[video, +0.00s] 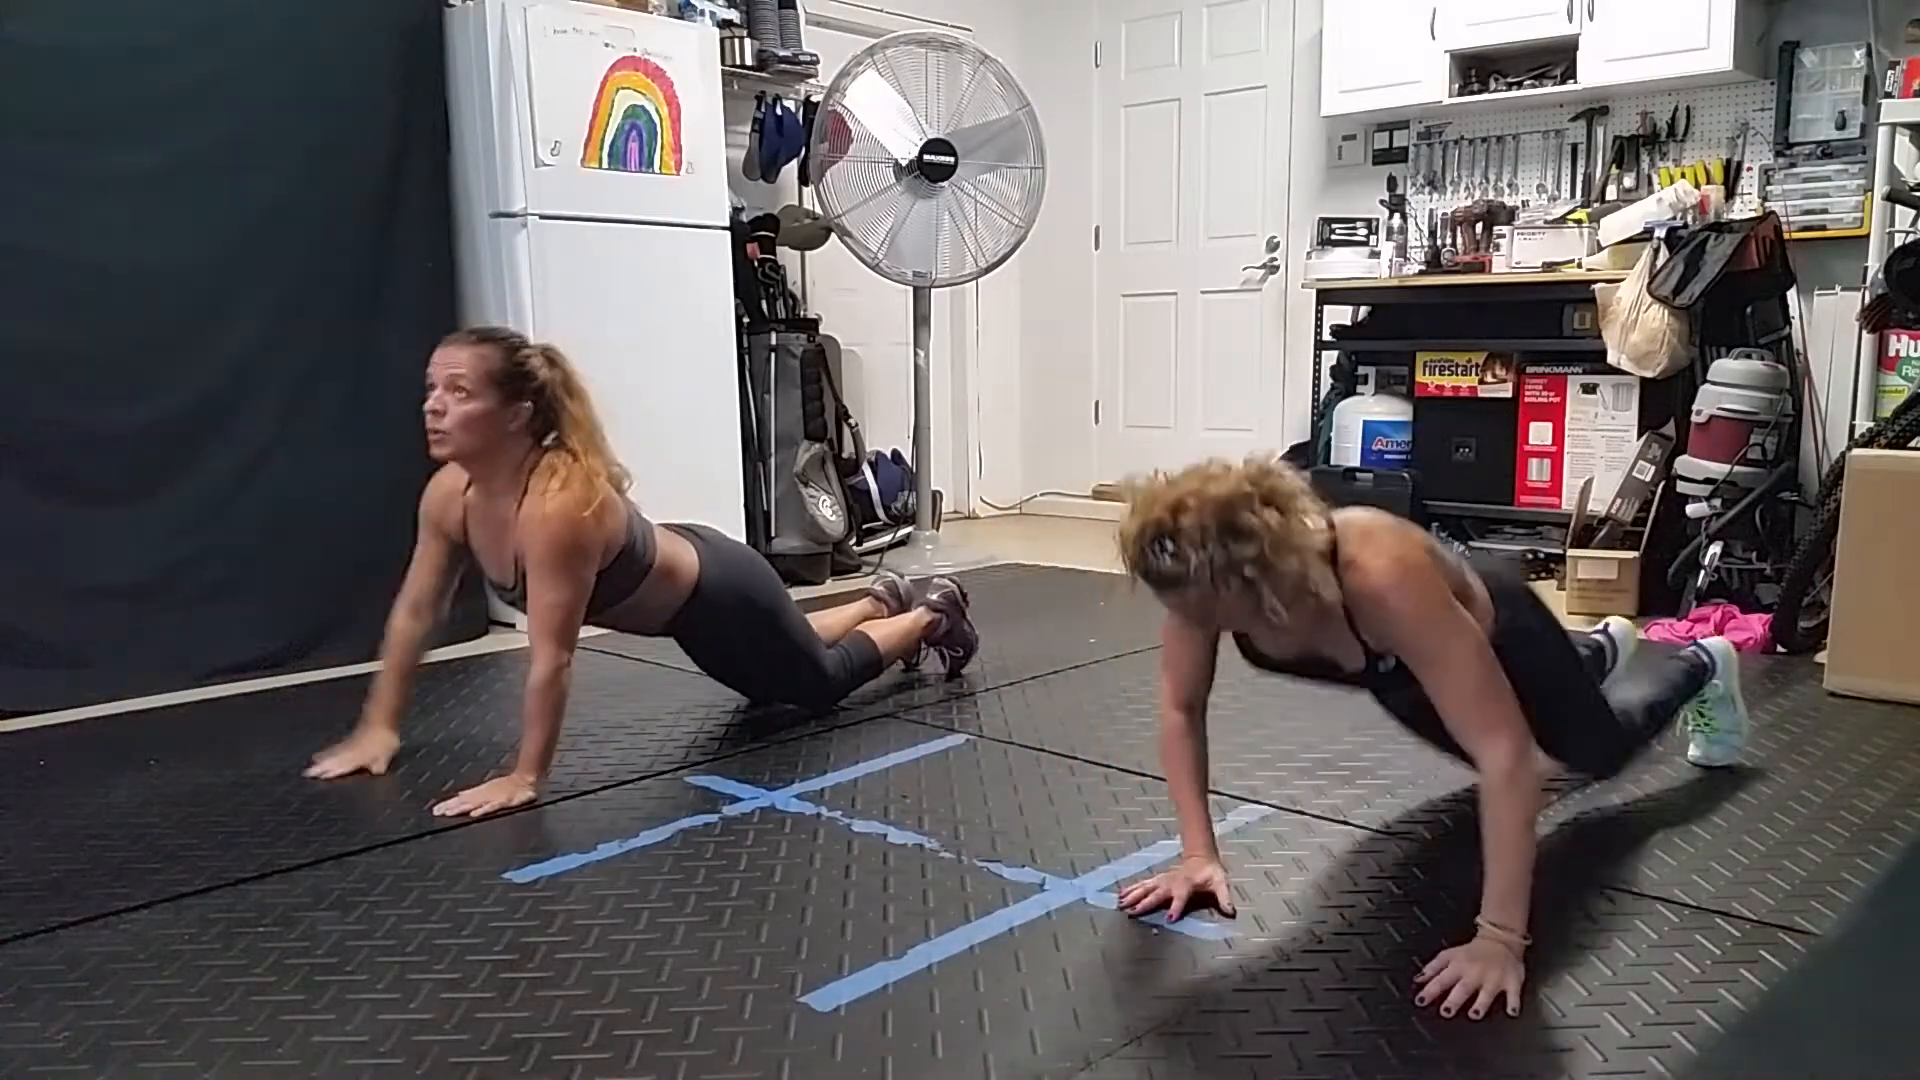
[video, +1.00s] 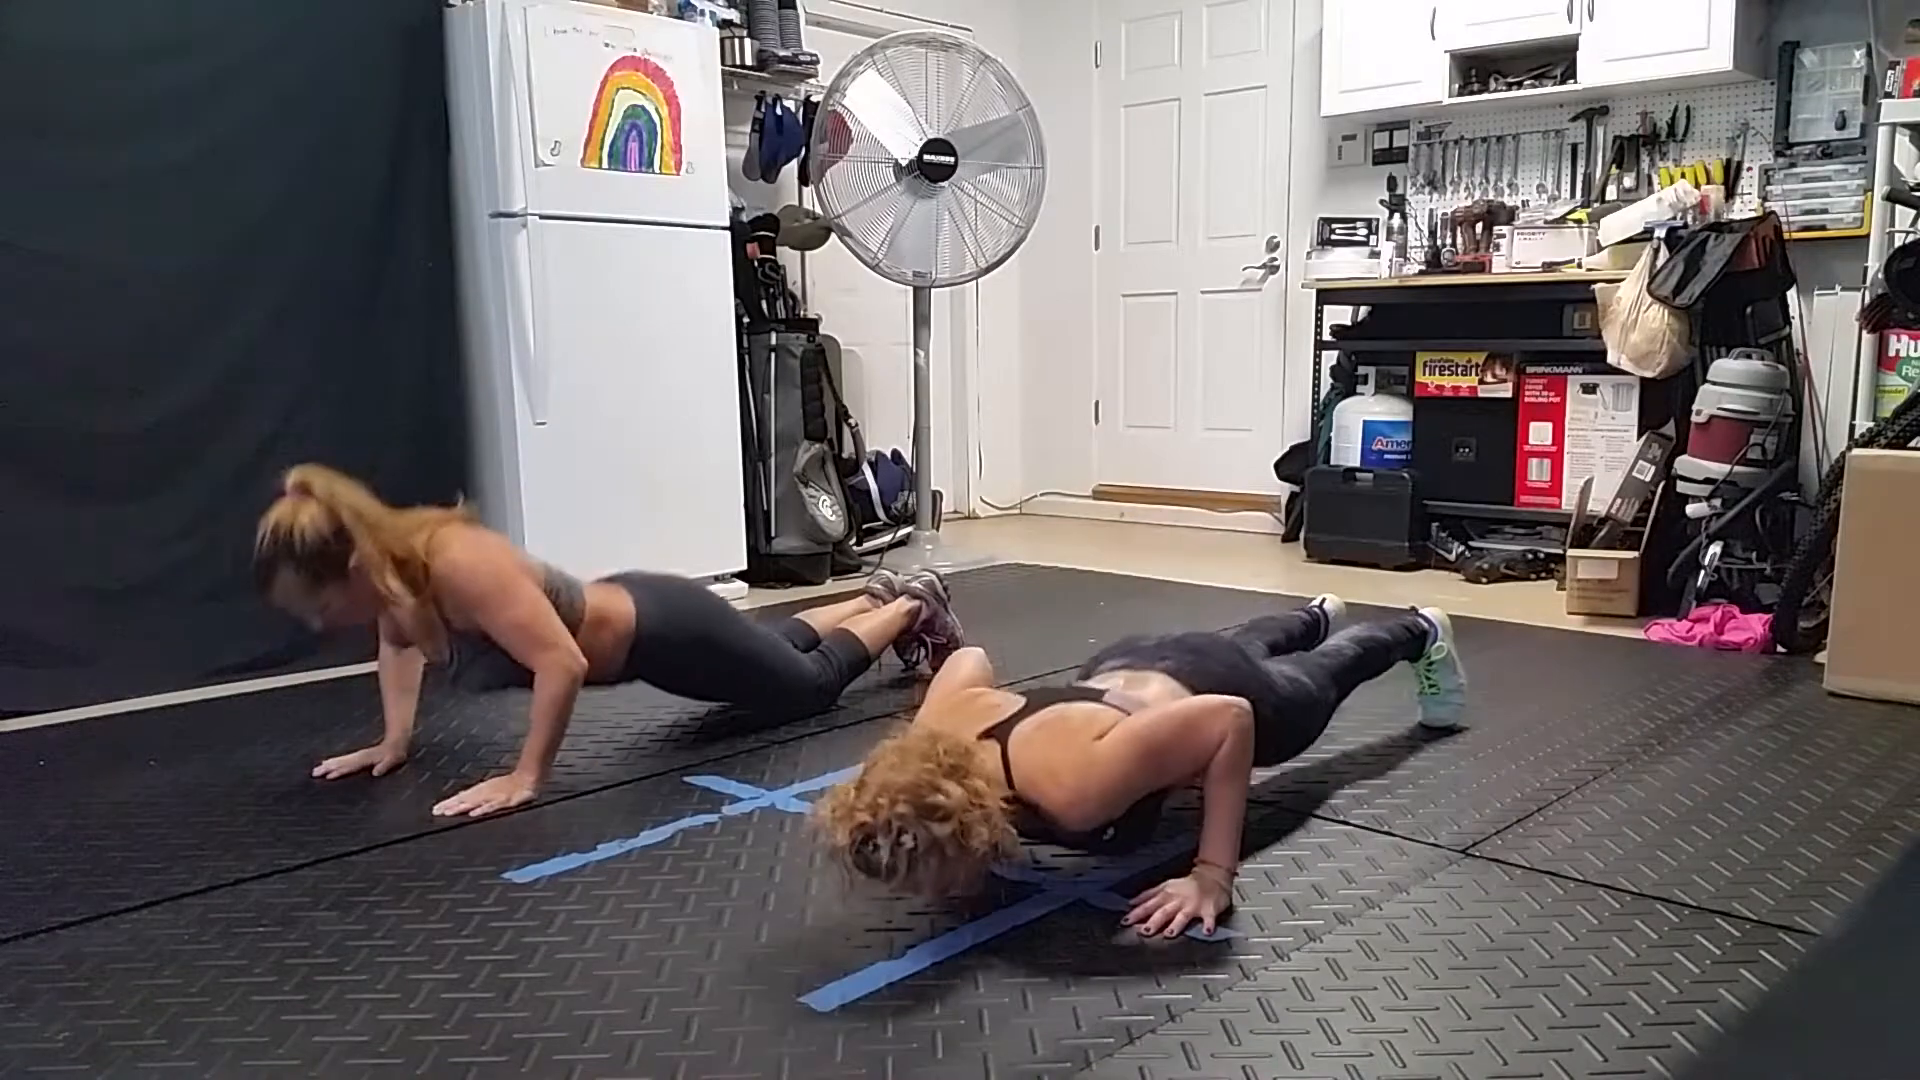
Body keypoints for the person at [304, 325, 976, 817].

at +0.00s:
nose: (433, 407)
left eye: (455, 394)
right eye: (431, 391)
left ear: (518, 412)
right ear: (437, 405)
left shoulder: (556, 506)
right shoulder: (451, 490)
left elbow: (552, 654)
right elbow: (414, 612)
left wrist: (526, 777)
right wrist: (378, 728)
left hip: (723, 600)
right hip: (683, 572)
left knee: (820, 684)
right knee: (783, 642)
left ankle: (926, 619)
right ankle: (878, 601)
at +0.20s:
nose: (376, 451)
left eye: (394, 435)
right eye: (375, 434)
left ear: (462, 444)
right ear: (428, 448)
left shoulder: (521, 521)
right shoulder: (419, 522)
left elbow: (561, 664)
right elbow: (417, 632)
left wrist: (525, 778)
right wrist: (396, 742)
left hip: (700, 612)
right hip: (660, 597)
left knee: (824, 675)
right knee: (779, 642)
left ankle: (924, 611)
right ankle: (885, 598)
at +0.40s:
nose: (333, 555)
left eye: (339, 537)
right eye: (325, 540)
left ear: (403, 514)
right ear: (392, 520)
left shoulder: (488, 557)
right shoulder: (406, 554)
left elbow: (575, 667)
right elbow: (407, 644)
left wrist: (526, 778)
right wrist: (395, 742)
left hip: (682, 639)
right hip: (641, 613)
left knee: (817, 681)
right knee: (770, 638)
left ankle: (921, 614)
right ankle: (872, 596)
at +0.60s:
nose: (319, 662)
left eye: (315, 650)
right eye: (305, 654)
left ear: (353, 611)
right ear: (349, 606)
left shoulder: (455, 605)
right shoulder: (390, 611)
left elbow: (575, 671)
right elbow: (396, 662)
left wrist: (527, 776)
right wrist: (395, 744)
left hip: (664, 655)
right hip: (621, 643)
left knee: (814, 677)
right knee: (762, 646)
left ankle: (909, 619)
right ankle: (861, 605)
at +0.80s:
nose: (311, 695)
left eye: (306, 680)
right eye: (296, 686)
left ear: (339, 640)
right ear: (337, 638)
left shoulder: (448, 619)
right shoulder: (387, 619)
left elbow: (571, 671)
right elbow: (396, 667)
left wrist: (524, 780)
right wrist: (393, 741)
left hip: (661, 665)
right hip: (627, 643)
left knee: (812, 682)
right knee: (767, 643)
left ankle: (908, 611)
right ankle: (870, 600)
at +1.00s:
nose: (324, 625)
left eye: (317, 608)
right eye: (309, 615)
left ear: (346, 566)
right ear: (338, 564)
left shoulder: (458, 558)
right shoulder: (393, 570)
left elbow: (561, 663)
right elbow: (399, 647)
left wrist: (522, 779)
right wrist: (393, 743)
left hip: (661, 627)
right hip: (627, 620)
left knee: (814, 676)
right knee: (769, 648)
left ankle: (910, 610)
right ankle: (873, 602)